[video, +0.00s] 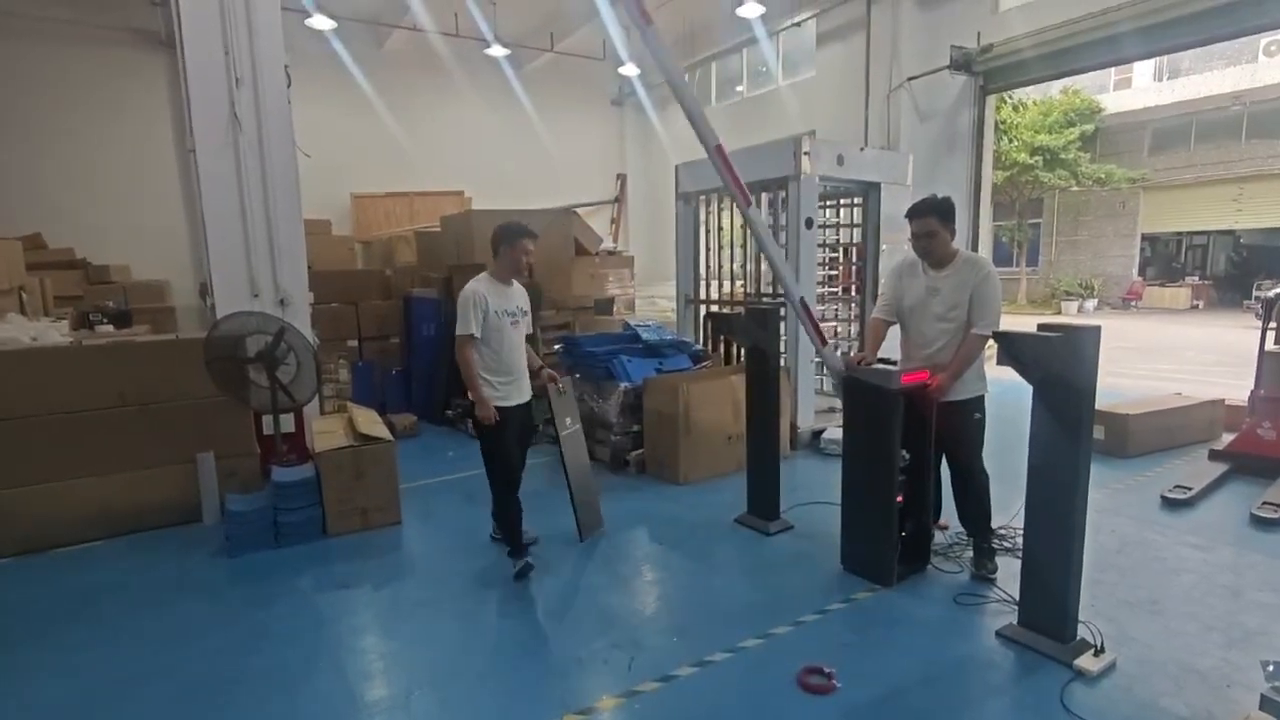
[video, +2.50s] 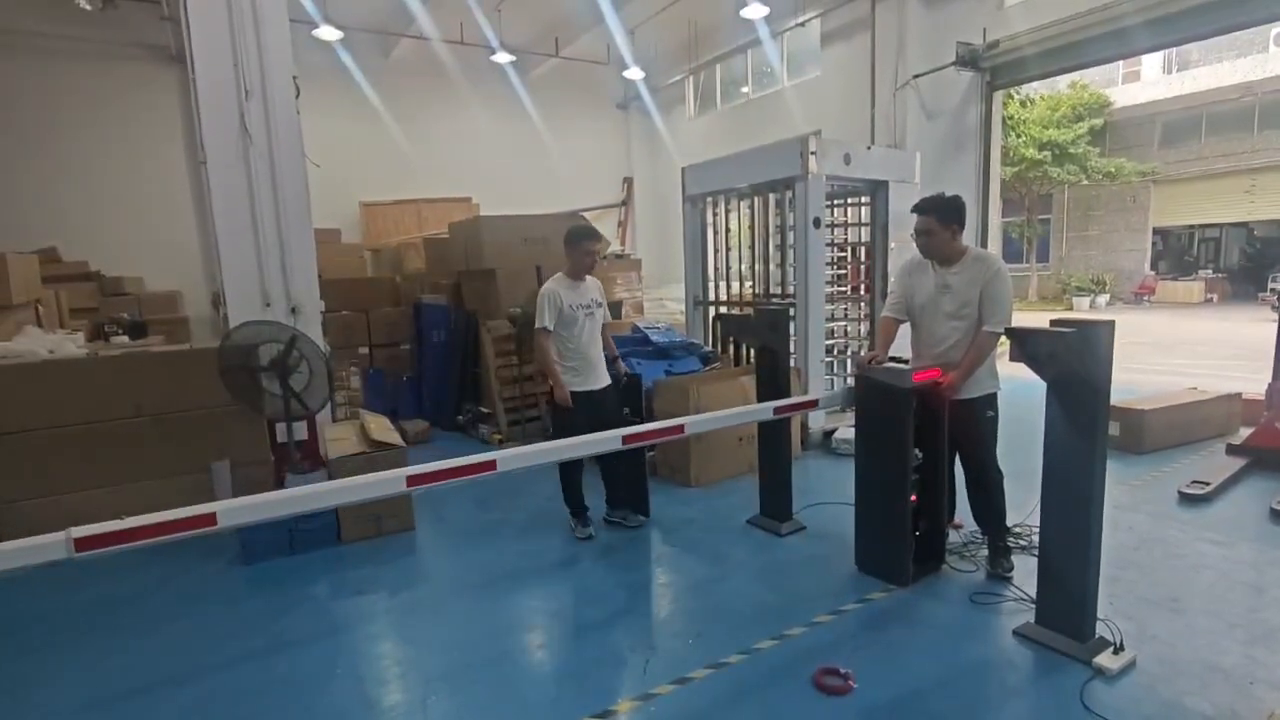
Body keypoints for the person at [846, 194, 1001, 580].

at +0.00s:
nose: (919, 245)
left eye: (927, 237)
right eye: (914, 237)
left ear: (951, 233)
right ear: (909, 235)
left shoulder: (979, 271)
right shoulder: (902, 270)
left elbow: (980, 332)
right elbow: (881, 316)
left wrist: (950, 374)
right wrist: (868, 351)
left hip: (962, 392)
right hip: (915, 390)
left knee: (967, 471)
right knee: (918, 472)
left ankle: (982, 544)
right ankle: (915, 549)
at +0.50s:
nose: (922, 246)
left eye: (930, 238)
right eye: (918, 238)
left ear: (955, 234)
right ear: (914, 235)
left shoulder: (985, 273)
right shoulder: (908, 271)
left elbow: (986, 334)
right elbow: (887, 317)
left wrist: (954, 377)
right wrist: (873, 354)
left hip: (969, 394)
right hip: (921, 393)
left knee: (975, 473)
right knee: (925, 474)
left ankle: (990, 545)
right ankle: (923, 548)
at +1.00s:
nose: (924, 245)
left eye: (932, 237)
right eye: (920, 237)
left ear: (958, 233)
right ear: (918, 234)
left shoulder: (989, 272)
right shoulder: (911, 271)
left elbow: (991, 333)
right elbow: (891, 318)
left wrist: (959, 376)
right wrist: (878, 354)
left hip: (974, 393)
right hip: (926, 393)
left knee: (980, 474)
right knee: (931, 474)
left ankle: (996, 546)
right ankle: (928, 551)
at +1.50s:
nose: (923, 243)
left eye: (931, 235)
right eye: (920, 235)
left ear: (958, 232)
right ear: (919, 232)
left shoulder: (990, 270)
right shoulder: (912, 270)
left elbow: (991, 332)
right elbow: (891, 316)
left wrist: (961, 375)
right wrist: (879, 353)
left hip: (976, 392)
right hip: (928, 392)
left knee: (983, 472)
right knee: (933, 473)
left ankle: (998, 544)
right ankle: (930, 552)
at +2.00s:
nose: (919, 240)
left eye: (926, 234)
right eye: (917, 233)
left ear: (956, 231)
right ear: (921, 231)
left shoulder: (990, 269)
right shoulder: (912, 268)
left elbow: (992, 331)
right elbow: (892, 314)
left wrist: (961, 375)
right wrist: (880, 351)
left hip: (976, 391)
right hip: (928, 392)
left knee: (982, 471)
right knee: (933, 472)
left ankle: (998, 544)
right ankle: (931, 548)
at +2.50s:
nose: (916, 241)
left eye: (924, 234)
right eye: (915, 233)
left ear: (953, 232)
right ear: (929, 232)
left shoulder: (989, 268)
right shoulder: (912, 267)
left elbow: (991, 330)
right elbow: (892, 313)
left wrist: (960, 374)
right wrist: (880, 350)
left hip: (975, 389)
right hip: (927, 390)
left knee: (982, 471)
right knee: (932, 471)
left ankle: (997, 543)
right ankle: (930, 545)